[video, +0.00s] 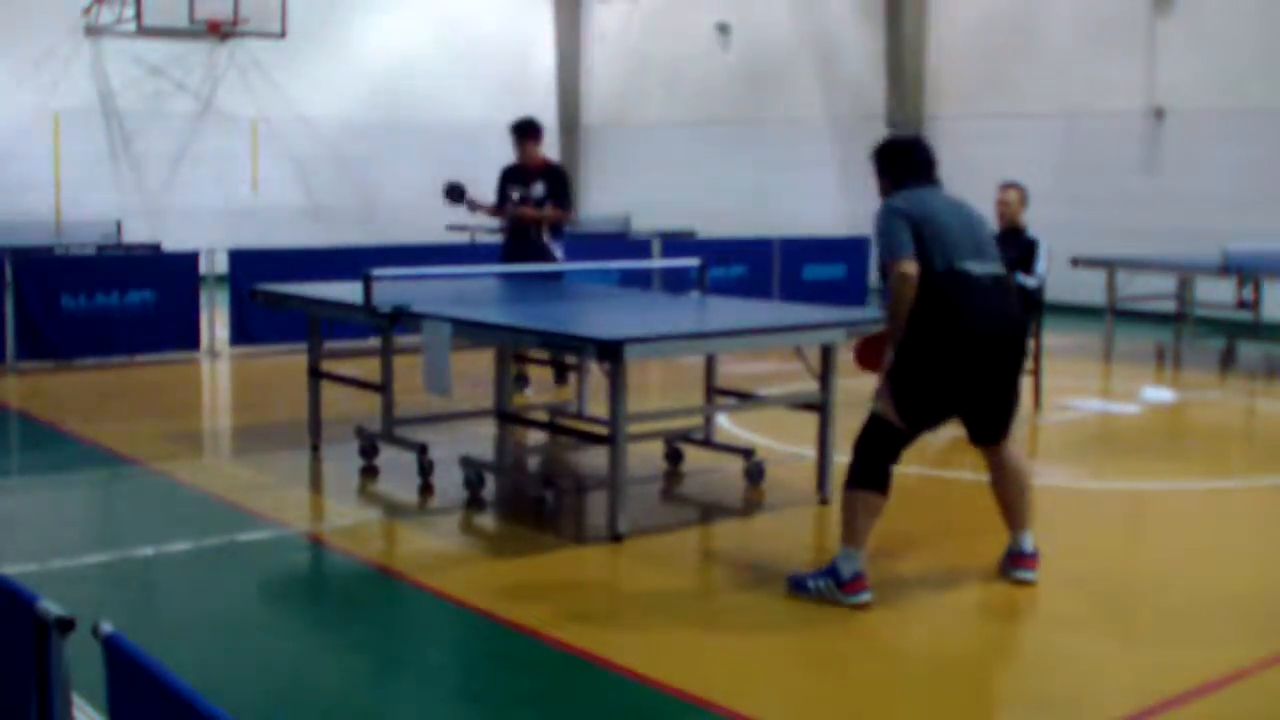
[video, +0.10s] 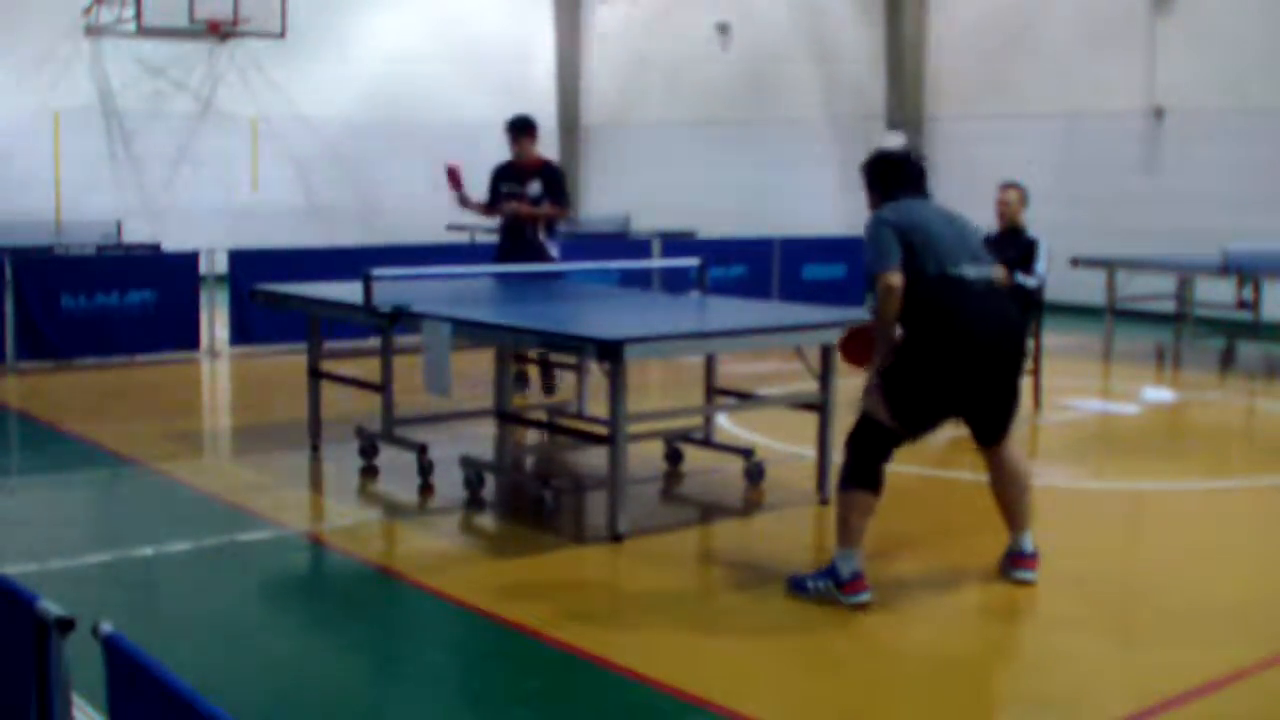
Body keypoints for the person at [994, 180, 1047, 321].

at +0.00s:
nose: (1001, 210)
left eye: (1007, 204)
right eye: (1000, 204)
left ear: (1021, 207)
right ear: (996, 205)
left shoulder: (1034, 244)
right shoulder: (991, 242)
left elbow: (1036, 283)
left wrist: (1013, 276)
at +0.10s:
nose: (1002, 209)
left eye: (1008, 204)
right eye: (1000, 204)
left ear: (1021, 207)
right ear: (996, 205)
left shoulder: (1034, 244)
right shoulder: (987, 242)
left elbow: (1037, 281)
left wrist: (1012, 277)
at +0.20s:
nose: (1001, 209)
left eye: (1007, 204)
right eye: (999, 203)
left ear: (1020, 206)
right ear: (996, 205)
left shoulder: (1034, 244)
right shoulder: (987, 242)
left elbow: (1037, 281)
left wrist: (1011, 277)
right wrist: (988, 274)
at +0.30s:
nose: (1003, 210)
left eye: (1009, 204)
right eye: (1001, 203)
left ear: (1022, 206)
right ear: (996, 205)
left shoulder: (1034, 242)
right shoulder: (988, 241)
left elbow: (1037, 280)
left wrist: (1010, 277)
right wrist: (991, 273)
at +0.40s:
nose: (1003, 209)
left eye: (1008, 203)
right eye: (1000, 203)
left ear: (1022, 206)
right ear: (996, 205)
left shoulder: (1034, 242)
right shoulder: (988, 240)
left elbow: (1037, 280)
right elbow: (974, 263)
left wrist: (1010, 276)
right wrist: (991, 273)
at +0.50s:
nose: (1003, 209)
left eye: (1008, 203)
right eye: (1000, 203)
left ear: (1022, 206)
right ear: (996, 205)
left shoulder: (1034, 243)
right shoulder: (987, 241)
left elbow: (1036, 281)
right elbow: (973, 266)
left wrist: (1010, 276)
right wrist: (990, 273)